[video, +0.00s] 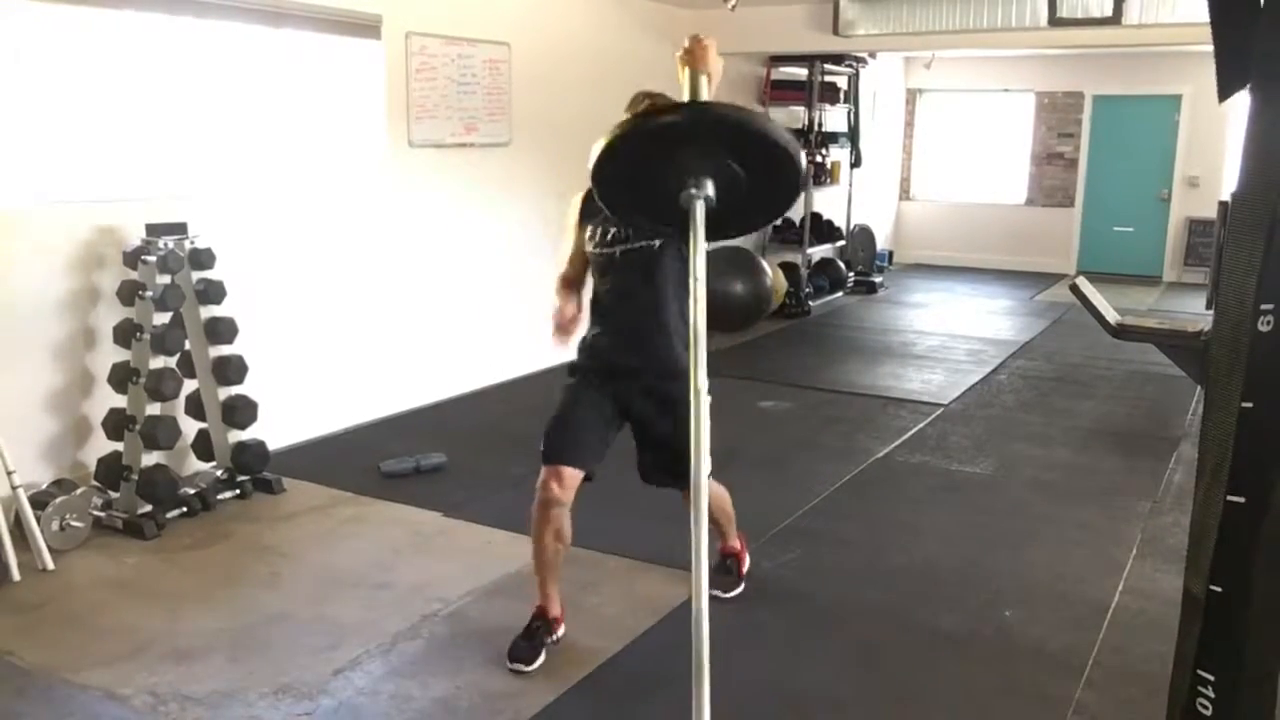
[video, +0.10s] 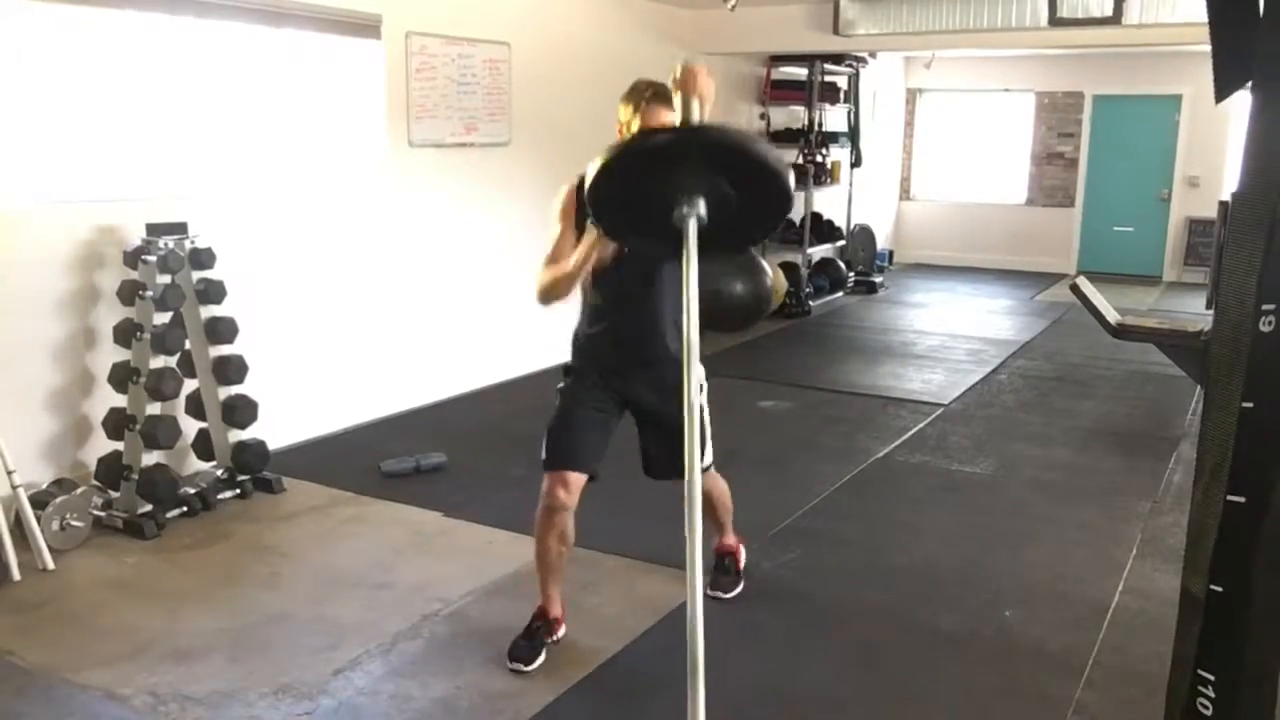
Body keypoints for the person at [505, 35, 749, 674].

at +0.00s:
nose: (641, 148)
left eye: (652, 136)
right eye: (634, 136)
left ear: (672, 142)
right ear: (620, 141)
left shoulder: (684, 196)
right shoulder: (596, 202)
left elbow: (709, 141)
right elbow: (575, 269)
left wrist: (703, 78)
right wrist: (569, 301)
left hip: (668, 368)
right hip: (602, 362)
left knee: (690, 480)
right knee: (555, 481)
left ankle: (732, 545)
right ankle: (548, 610)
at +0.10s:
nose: (648, 144)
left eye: (659, 134)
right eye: (639, 132)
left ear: (676, 137)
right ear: (620, 132)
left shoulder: (683, 188)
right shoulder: (590, 192)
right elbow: (547, 290)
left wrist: (700, 124)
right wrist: (587, 254)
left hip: (668, 362)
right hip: (597, 361)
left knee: (697, 474)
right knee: (559, 488)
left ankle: (727, 544)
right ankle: (549, 612)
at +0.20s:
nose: (654, 134)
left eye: (664, 123)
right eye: (645, 121)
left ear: (680, 126)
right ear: (621, 117)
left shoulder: (682, 179)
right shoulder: (581, 174)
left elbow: (712, 241)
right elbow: (559, 263)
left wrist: (694, 158)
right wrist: (613, 209)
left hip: (663, 347)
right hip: (593, 348)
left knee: (697, 465)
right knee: (569, 490)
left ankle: (710, 545)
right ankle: (546, 612)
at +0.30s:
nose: (683, 131)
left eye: (688, 120)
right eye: (672, 118)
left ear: (691, 123)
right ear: (635, 114)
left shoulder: (695, 180)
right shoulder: (588, 170)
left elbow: (710, 260)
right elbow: (573, 249)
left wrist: (710, 209)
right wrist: (659, 200)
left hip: (662, 342)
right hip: (592, 343)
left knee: (694, 454)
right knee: (578, 493)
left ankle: (681, 552)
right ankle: (522, 605)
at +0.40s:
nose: (706, 151)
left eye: (710, 138)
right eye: (700, 137)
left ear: (679, 133)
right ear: (664, 129)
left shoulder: (680, 196)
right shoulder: (612, 182)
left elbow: (677, 266)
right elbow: (596, 260)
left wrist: (720, 265)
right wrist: (686, 259)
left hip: (648, 346)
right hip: (591, 350)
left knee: (686, 448)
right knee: (585, 497)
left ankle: (679, 563)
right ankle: (486, 608)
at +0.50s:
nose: (723, 179)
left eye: (724, 166)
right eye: (717, 165)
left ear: (686, 161)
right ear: (683, 159)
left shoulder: (665, 211)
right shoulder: (647, 214)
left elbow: (662, 294)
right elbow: (648, 299)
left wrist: (709, 318)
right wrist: (715, 327)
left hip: (622, 363)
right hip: (586, 369)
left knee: (683, 449)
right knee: (595, 516)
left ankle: (676, 568)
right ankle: (475, 618)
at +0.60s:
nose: (732, 216)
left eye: (733, 203)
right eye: (726, 202)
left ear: (690, 199)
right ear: (695, 199)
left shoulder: (645, 236)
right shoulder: (675, 260)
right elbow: (684, 362)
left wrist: (707, 385)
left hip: (621, 388)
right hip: (588, 398)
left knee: (681, 449)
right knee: (602, 544)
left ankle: (676, 567)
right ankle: (470, 628)